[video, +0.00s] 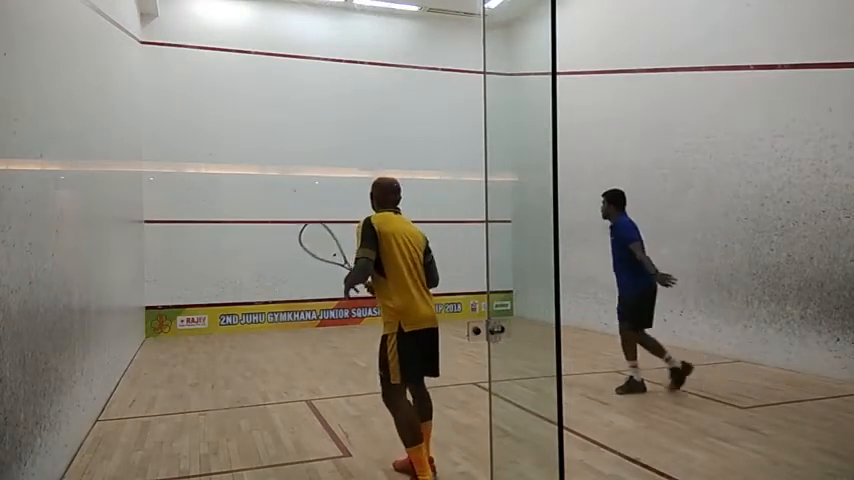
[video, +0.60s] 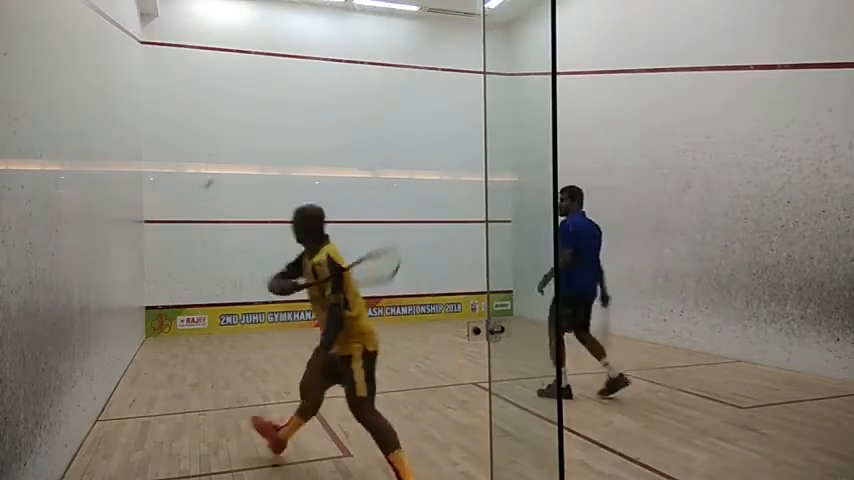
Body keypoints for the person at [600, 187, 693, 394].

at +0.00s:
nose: (601, 208)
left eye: (604, 204)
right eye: (602, 204)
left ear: (613, 206)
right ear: (617, 206)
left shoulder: (624, 227)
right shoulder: (618, 226)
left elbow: (639, 254)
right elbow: (635, 256)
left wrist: (656, 274)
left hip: (638, 290)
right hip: (629, 289)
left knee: (633, 332)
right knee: (626, 331)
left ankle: (676, 366)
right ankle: (635, 378)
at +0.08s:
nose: (597, 206)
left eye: (600, 203)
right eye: (598, 202)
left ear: (609, 206)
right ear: (611, 205)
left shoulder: (617, 225)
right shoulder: (617, 223)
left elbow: (630, 250)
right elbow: (620, 242)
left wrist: (642, 275)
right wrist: (636, 240)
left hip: (630, 288)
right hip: (625, 287)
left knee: (623, 331)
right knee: (622, 331)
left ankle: (656, 370)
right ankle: (635, 377)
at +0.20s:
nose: (588, 205)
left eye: (590, 202)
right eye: (589, 201)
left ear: (599, 203)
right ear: (607, 204)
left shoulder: (602, 225)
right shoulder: (620, 223)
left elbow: (610, 254)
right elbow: (639, 239)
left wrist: (609, 286)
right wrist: (657, 240)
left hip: (615, 287)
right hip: (628, 286)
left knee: (596, 327)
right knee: (620, 329)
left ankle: (612, 378)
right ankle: (635, 378)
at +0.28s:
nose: (582, 205)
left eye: (586, 202)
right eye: (583, 201)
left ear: (596, 204)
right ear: (602, 204)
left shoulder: (596, 226)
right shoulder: (616, 223)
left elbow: (600, 258)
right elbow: (636, 242)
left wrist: (589, 290)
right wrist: (658, 248)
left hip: (608, 289)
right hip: (623, 288)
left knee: (587, 329)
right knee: (618, 331)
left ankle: (588, 382)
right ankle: (635, 378)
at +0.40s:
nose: (571, 207)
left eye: (574, 203)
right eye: (572, 203)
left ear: (585, 205)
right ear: (590, 205)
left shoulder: (581, 228)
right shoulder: (608, 226)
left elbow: (583, 260)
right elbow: (624, 252)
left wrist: (564, 284)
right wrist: (647, 271)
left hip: (591, 292)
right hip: (609, 291)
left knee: (571, 331)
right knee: (610, 332)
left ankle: (564, 384)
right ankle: (634, 377)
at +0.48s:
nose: (566, 206)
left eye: (570, 203)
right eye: (567, 203)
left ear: (581, 204)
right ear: (585, 205)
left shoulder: (575, 227)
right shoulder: (603, 227)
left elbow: (576, 258)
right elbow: (615, 256)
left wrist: (556, 282)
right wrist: (635, 280)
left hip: (583, 292)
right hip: (601, 292)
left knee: (563, 330)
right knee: (602, 333)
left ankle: (562, 383)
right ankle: (632, 375)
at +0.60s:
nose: (559, 204)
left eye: (562, 200)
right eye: (559, 200)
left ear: (573, 202)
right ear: (578, 203)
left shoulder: (566, 226)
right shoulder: (594, 227)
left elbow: (564, 257)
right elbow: (596, 262)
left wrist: (547, 277)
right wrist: (603, 289)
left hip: (568, 291)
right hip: (588, 291)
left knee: (555, 331)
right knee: (582, 332)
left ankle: (561, 382)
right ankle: (613, 375)